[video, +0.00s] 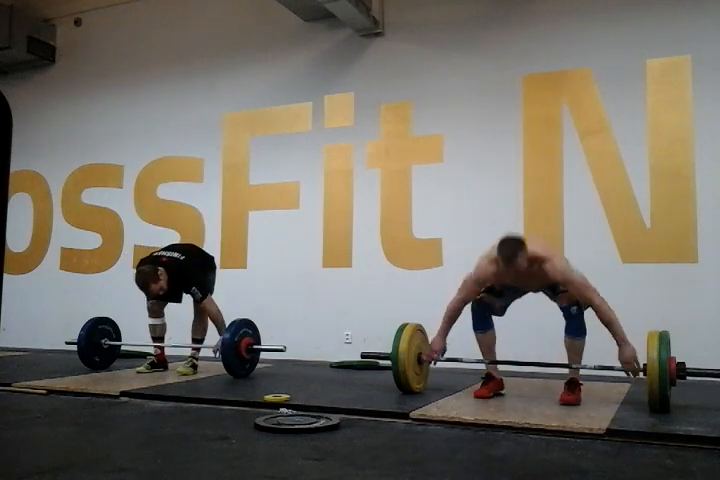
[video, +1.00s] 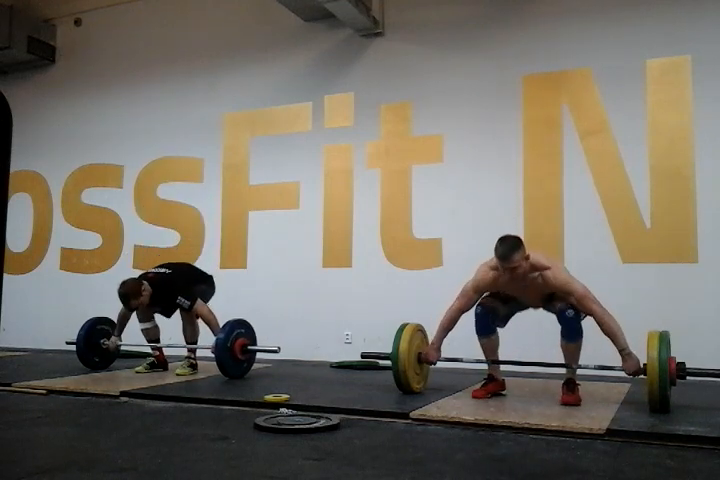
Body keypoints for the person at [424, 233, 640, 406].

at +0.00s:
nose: (513, 275)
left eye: (517, 270)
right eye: (508, 272)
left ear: (526, 259)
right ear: (498, 263)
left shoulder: (551, 266)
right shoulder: (487, 269)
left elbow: (595, 299)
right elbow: (458, 300)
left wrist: (624, 344)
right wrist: (440, 337)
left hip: (549, 281)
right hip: (508, 285)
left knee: (575, 312)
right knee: (479, 309)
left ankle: (573, 381)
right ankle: (493, 377)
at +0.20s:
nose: (511, 300)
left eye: (515, 293)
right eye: (506, 293)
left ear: (524, 283)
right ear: (495, 285)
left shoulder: (550, 284)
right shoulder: (481, 289)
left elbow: (601, 312)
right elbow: (451, 313)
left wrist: (632, 350)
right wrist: (431, 344)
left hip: (552, 270)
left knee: (569, 318)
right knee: (485, 317)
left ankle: (571, 382)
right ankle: (494, 378)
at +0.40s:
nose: (510, 300)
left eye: (514, 293)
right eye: (505, 294)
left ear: (523, 283)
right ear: (494, 286)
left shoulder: (549, 285)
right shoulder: (480, 289)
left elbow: (602, 311)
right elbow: (447, 312)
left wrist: (631, 353)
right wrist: (430, 345)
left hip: (552, 273)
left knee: (568, 318)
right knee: (484, 316)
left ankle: (569, 382)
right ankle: (495, 379)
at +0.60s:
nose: (511, 296)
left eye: (515, 289)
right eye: (506, 290)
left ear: (524, 280)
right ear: (495, 283)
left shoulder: (550, 284)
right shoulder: (482, 286)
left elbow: (604, 311)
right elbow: (447, 309)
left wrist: (631, 353)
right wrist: (431, 346)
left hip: (553, 275)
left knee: (567, 318)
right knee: (487, 316)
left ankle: (568, 383)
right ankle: (495, 379)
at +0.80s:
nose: (510, 280)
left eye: (514, 274)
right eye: (505, 276)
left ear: (524, 264)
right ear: (496, 270)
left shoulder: (550, 272)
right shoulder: (487, 274)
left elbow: (595, 310)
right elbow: (458, 307)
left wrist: (626, 353)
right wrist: (434, 345)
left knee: (570, 313)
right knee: (491, 308)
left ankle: (570, 382)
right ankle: (495, 378)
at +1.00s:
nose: (513, 273)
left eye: (516, 267)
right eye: (506, 269)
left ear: (526, 257)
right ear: (497, 264)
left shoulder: (549, 273)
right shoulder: (487, 275)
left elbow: (596, 309)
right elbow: (459, 306)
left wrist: (626, 353)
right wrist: (435, 344)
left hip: (547, 295)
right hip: (511, 298)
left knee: (571, 318)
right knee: (483, 314)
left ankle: (570, 382)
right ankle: (495, 379)